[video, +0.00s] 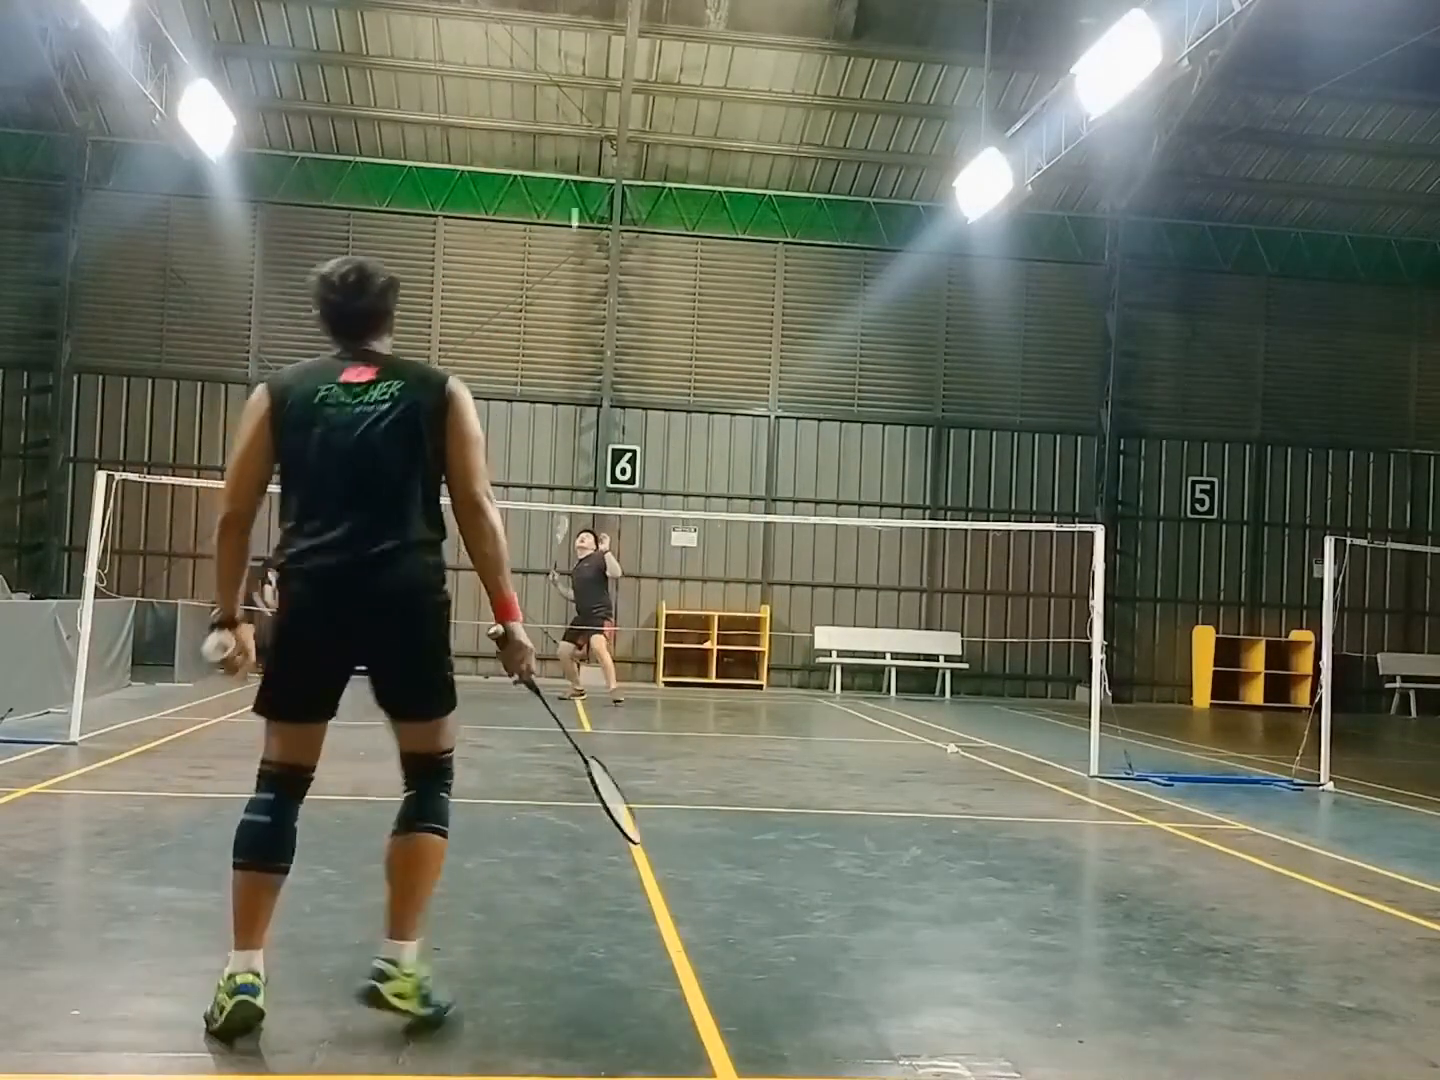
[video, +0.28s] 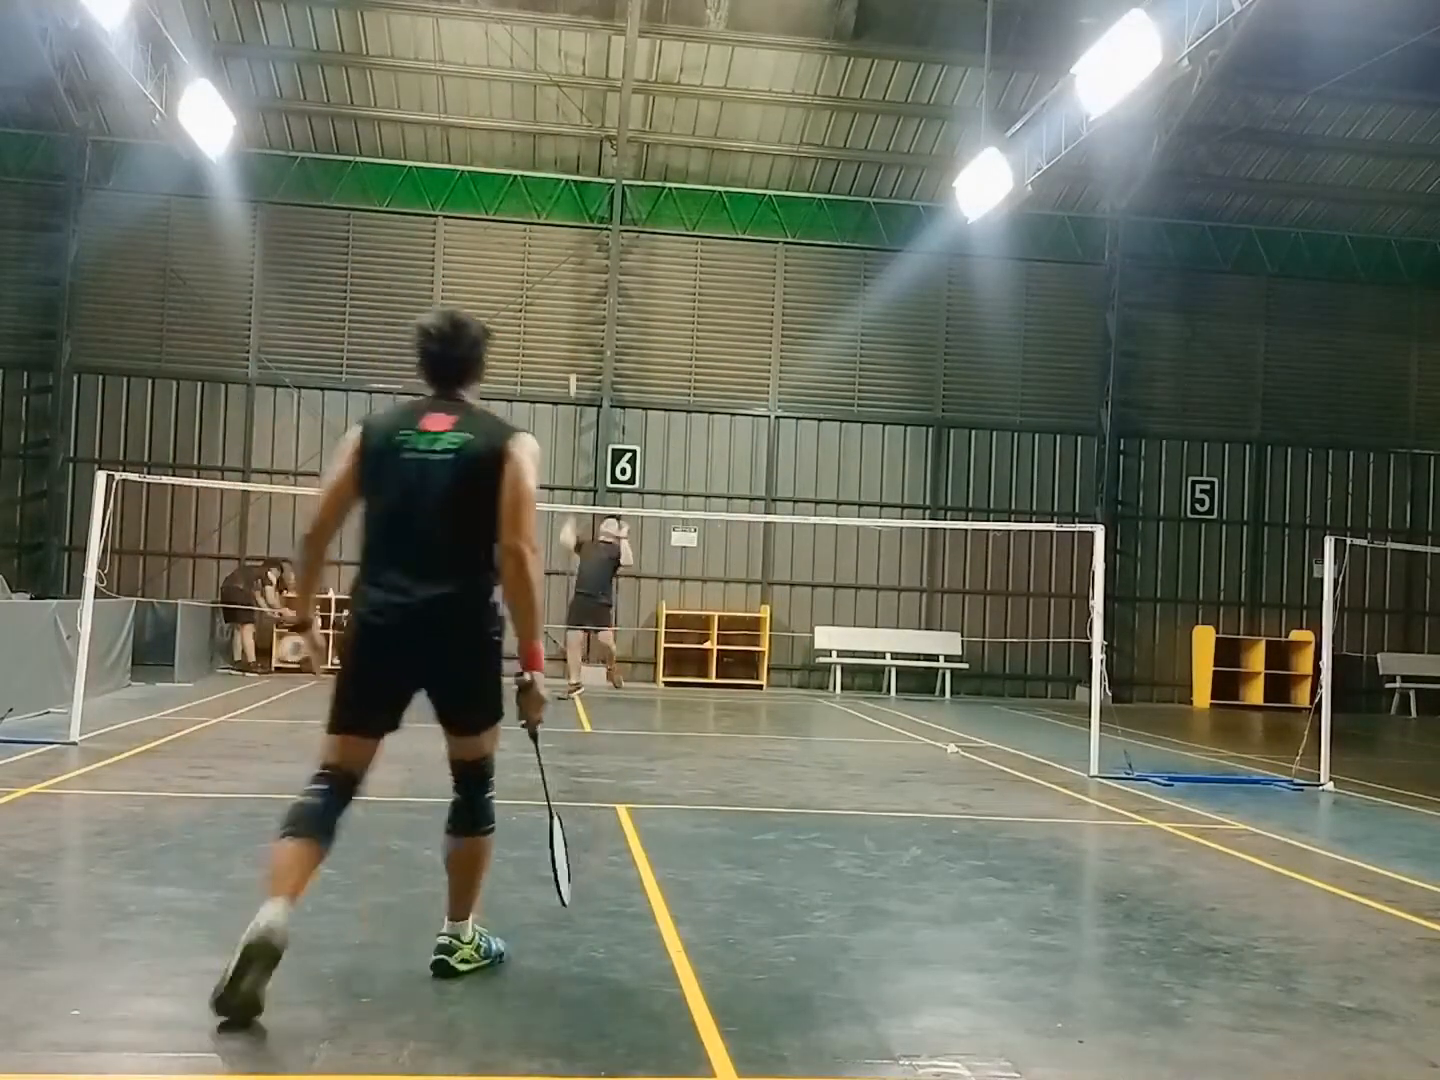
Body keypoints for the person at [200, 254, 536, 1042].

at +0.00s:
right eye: (384, 313)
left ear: (323, 321)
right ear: (392, 319)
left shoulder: (281, 394)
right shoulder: (440, 392)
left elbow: (236, 510)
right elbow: (475, 509)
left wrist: (229, 615)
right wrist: (510, 619)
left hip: (311, 610)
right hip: (409, 611)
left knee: (280, 782)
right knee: (427, 776)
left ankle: (245, 974)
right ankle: (401, 963)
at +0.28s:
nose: (467, 373)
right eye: (475, 362)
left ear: (420, 367)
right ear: (479, 370)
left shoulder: (376, 432)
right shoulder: (508, 445)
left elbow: (319, 529)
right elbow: (517, 555)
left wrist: (304, 609)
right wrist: (531, 662)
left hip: (381, 630)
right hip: (463, 635)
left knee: (334, 779)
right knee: (473, 784)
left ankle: (274, 915)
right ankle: (459, 937)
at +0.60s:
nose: (545, 375)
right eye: (546, 366)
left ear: (489, 368)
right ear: (545, 370)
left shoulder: (444, 424)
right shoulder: (562, 435)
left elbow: (409, 517)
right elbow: (575, 537)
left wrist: (407, 603)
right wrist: (610, 617)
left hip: (447, 608)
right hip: (513, 612)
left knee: (464, 743)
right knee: (523, 757)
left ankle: (444, 891)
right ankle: (464, 910)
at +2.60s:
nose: (730, 415)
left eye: (733, 408)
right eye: (742, 409)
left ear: (738, 416)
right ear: (787, 426)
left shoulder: (695, 461)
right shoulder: (814, 485)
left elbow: (655, 548)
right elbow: (835, 585)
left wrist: (655, 631)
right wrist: (808, 647)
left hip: (706, 636)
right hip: (777, 642)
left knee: (684, 766)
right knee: (781, 770)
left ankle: (690, 905)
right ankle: (818, 913)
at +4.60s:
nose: (674, 376)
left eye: (677, 368)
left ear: (681, 375)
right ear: (733, 382)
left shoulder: (650, 428)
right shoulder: (766, 444)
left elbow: (628, 525)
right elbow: (807, 535)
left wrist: (605, 615)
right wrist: (771, 609)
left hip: (662, 621)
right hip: (737, 624)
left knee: (635, 756)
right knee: (747, 754)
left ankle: (659, 908)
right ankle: (785, 893)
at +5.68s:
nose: (500, 337)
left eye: (516, 333)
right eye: (505, 330)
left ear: (547, 361)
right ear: (509, 357)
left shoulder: (582, 454)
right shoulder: (454, 412)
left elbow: (629, 559)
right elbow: (354, 381)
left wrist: (669, 661)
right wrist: (342, 281)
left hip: (532, 651)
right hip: (444, 642)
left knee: (542, 827)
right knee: (414, 810)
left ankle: (554, 879)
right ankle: (394, 959)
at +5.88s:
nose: (493, 295)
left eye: (508, 289)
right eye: (502, 287)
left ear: (540, 318)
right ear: (516, 319)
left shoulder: (586, 410)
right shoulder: (455, 393)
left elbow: (619, 525)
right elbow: (395, 479)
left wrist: (620, 638)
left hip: (532, 620)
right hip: (446, 614)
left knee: (516, 796)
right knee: (412, 791)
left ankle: (544, 967)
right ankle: (390, 956)